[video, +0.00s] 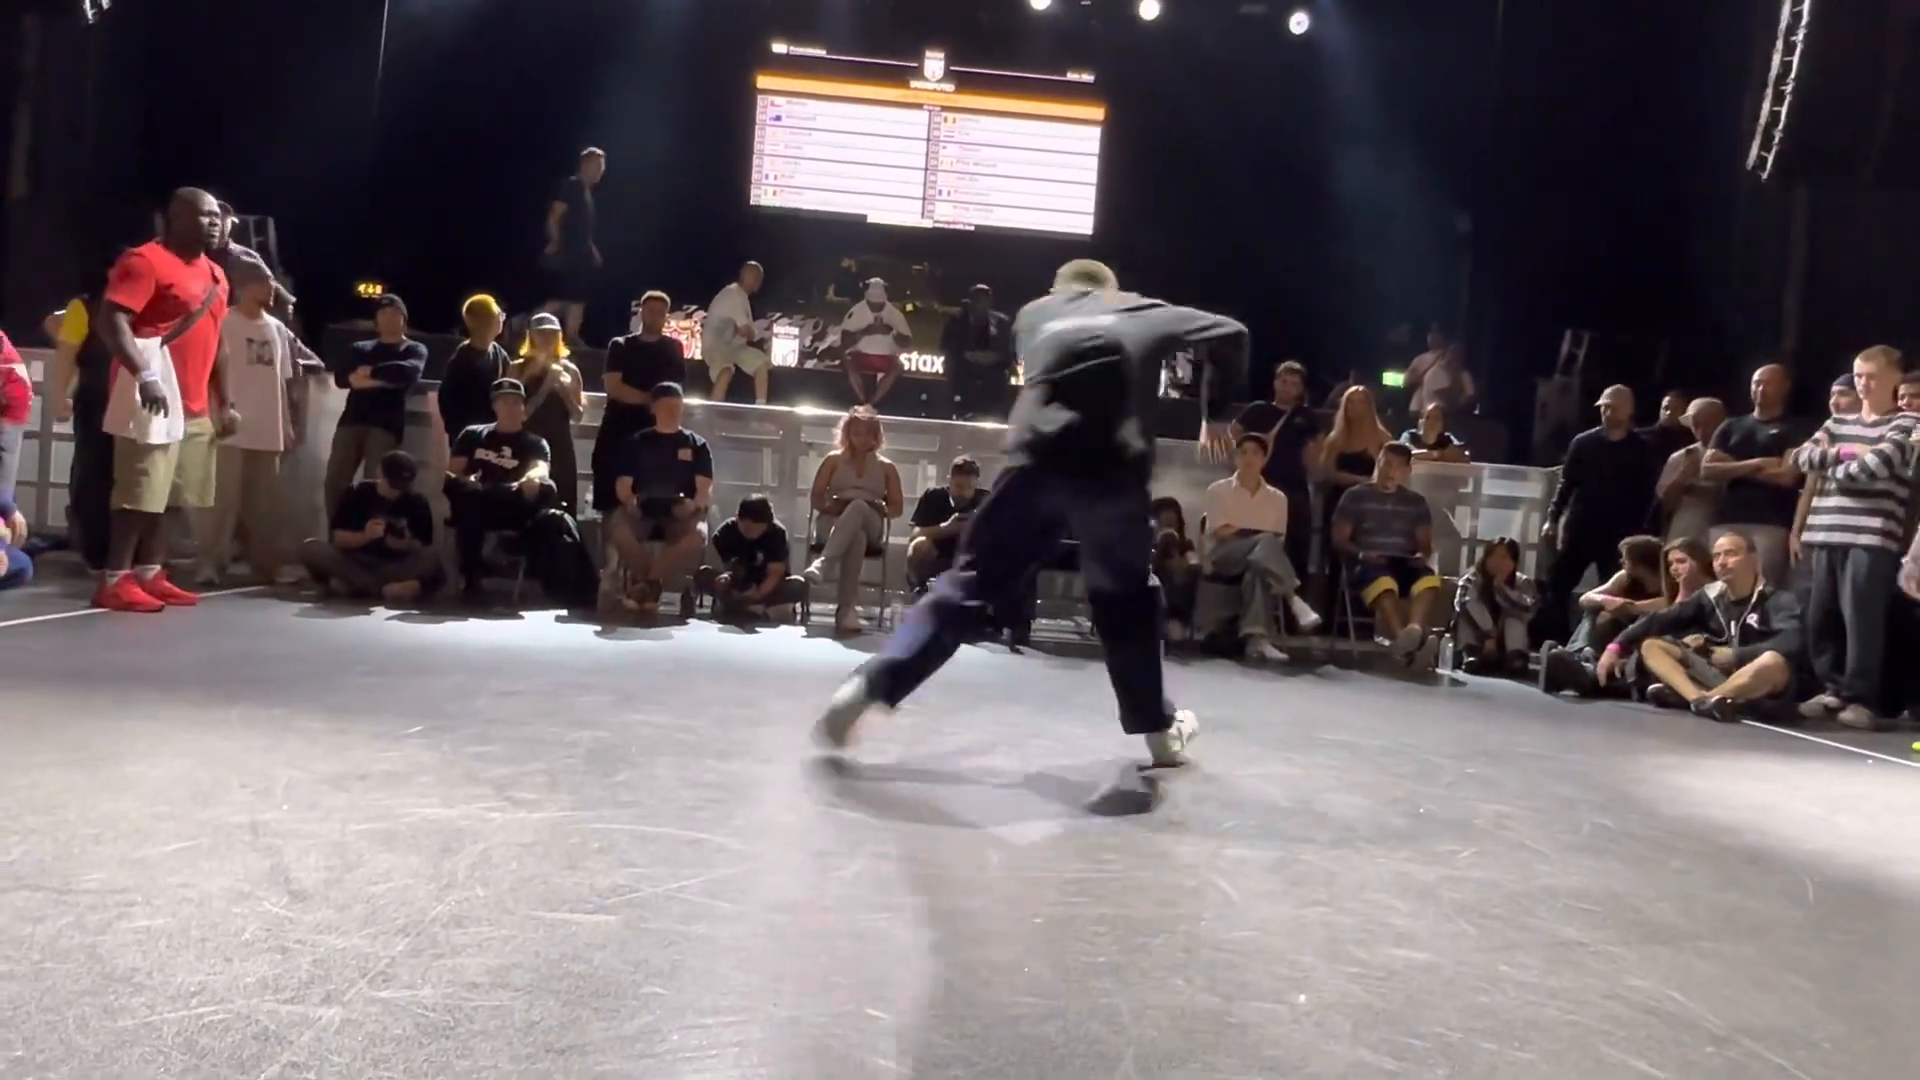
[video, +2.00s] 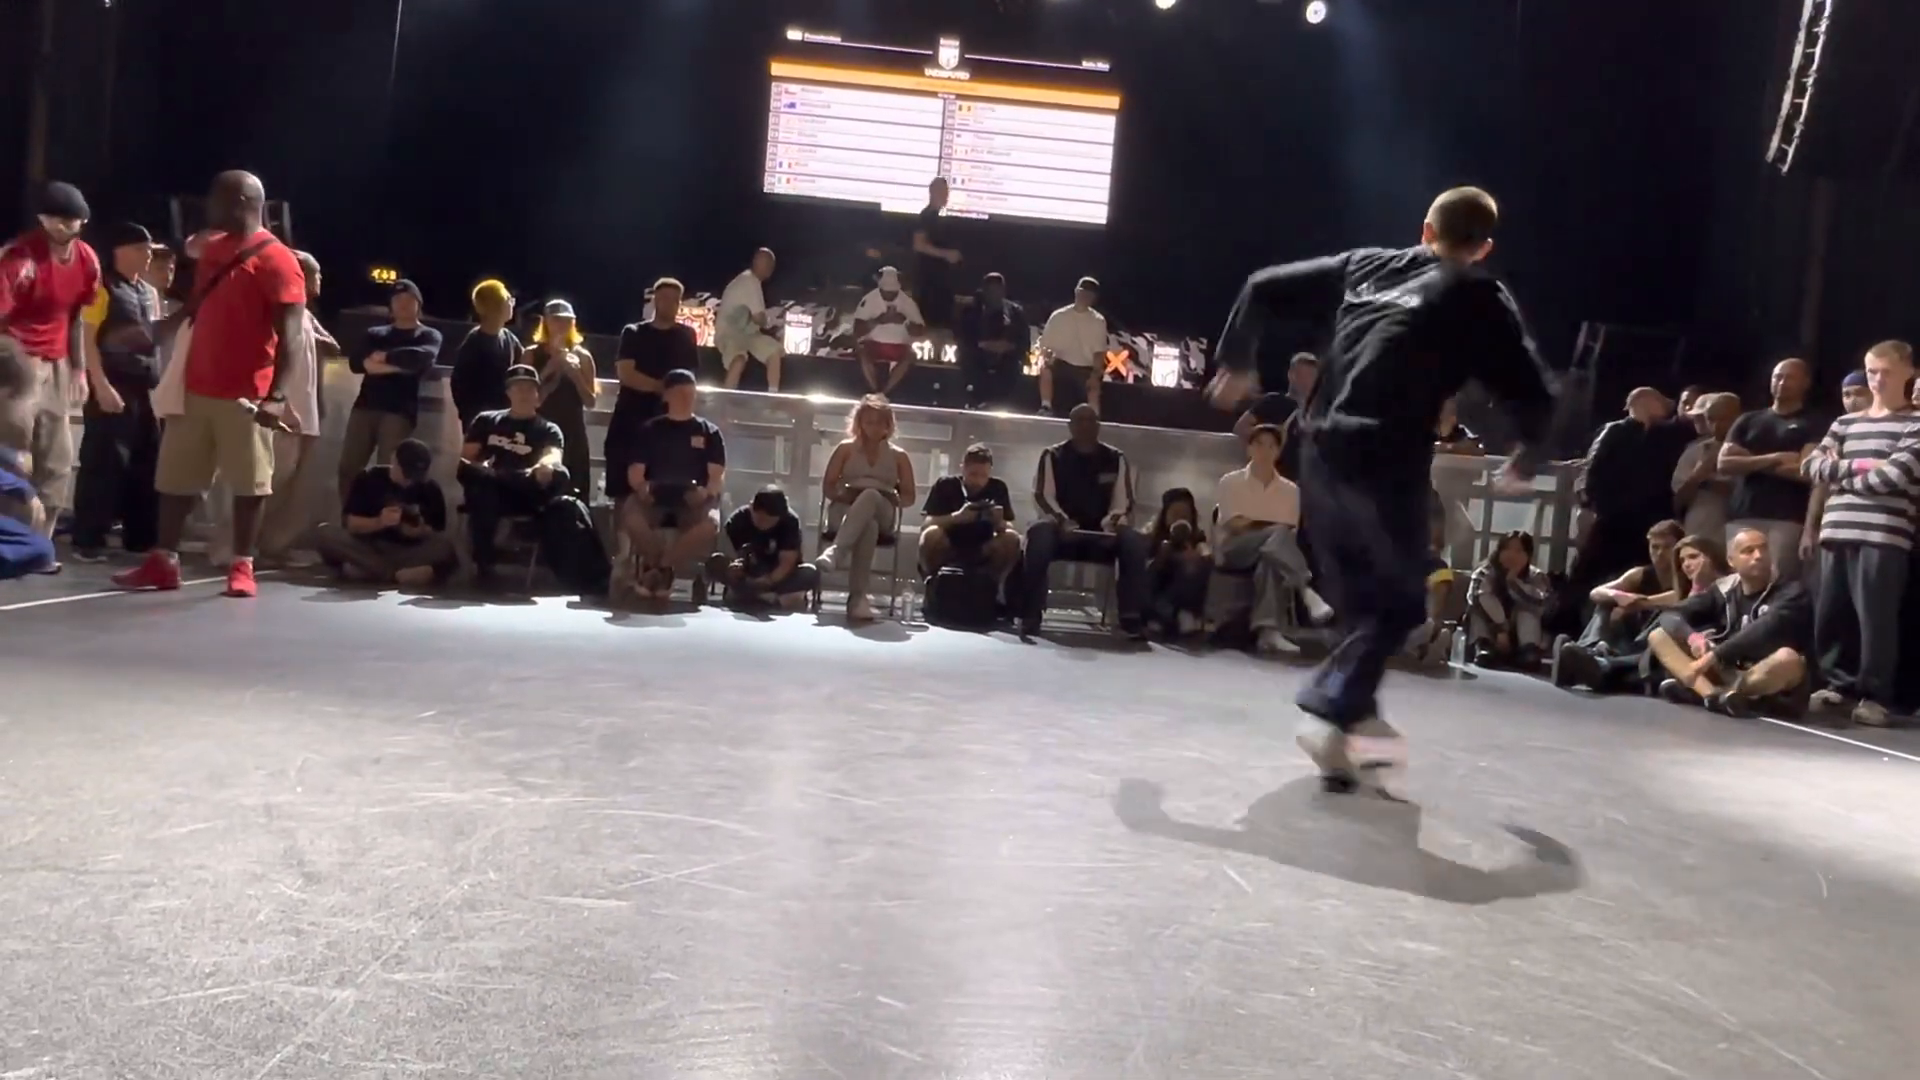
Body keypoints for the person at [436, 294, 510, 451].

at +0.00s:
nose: (503, 317)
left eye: (500, 312)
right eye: (498, 314)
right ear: (484, 322)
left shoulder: (500, 355)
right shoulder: (461, 360)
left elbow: (504, 392)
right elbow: (445, 396)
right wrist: (455, 432)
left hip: (493, 431)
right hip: (465, 434)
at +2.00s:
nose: (512, 302)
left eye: (510, 298)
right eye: (507, 299)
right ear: (493, 307)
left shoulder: (511, 340)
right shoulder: (472, 345)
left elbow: (517, 377)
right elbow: (458, 382)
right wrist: (468, 415)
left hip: (505, 415)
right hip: (476, 418)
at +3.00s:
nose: (511, 308)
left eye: (511, 302)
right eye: (505, 303)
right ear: (486, 308)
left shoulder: (514, 341)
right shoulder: (466, 344)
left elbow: (523, 378)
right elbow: (452, 382)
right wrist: (465, 416)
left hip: (507, 417)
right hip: (473, 418)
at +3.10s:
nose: (512, 307)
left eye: (512, 302)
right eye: (506, 302)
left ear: (514, 305)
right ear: (486, 306)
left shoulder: (515, 340)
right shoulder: (466, 343)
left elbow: (525, 378)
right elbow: (452, 381)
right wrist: (465, 416)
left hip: (509, 417)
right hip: (473, 417)